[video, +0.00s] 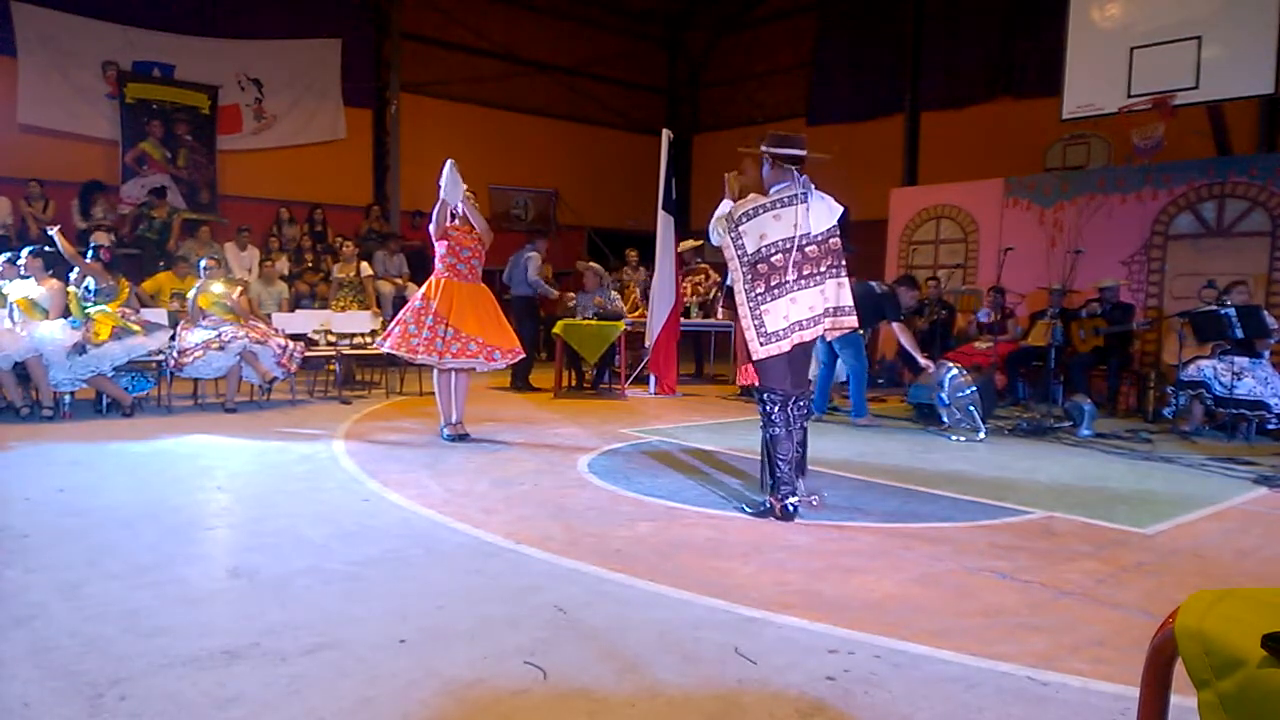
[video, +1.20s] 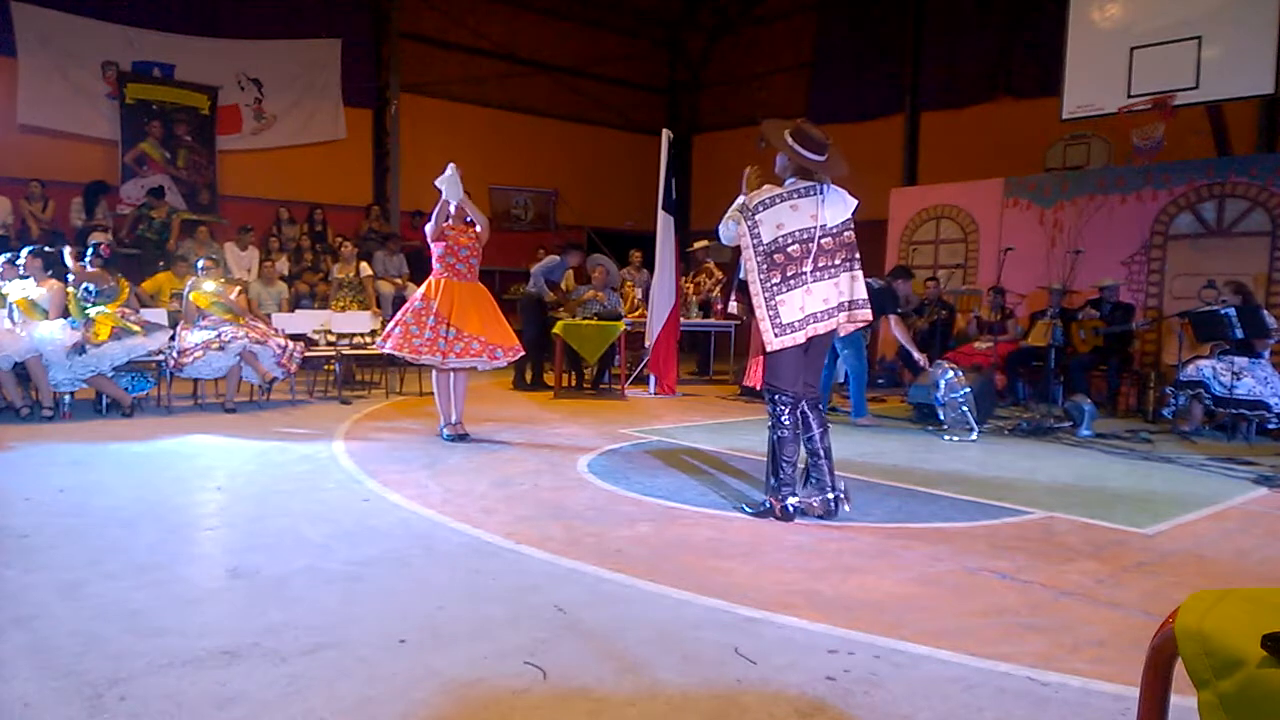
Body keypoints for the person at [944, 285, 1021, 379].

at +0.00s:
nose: (991, 299)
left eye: (995, 297)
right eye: (989, 296)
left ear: (1002, 300)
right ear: (986, 298)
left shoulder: (1008, 313)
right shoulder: (982, 314)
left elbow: (1012, 336)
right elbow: (973, 336)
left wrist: (993, 339)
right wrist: (972, 325)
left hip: (1003, 345)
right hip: (984, 344)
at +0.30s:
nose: (991, 300)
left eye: (995, 297)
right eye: (989, 296)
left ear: (1001, 300)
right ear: (985, 298)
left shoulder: (1008, 313)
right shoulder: (980, 313)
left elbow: (1012, 335)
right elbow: (972, 335)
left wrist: (993, 339)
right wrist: (971, 324)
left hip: (1002, 344)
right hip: (983, 344)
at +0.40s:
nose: (992, 300)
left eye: (996, 297)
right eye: (989, 296)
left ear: (1002, 300)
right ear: (985, 298)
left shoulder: (1008, 313)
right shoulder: (979, 313)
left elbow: (1013, 335)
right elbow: (972, 335)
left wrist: (994, 339)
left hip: (1003, 344)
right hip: (983, 345)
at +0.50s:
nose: (992, 300)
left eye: (996, 297)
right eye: (990, 296)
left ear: (1002, 299)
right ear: (986, 298)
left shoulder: (1008, 314)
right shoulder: (981, 313)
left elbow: (1012, 335)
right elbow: (973, 334)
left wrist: (994, 339)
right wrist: (971, 324)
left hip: (1002, 344)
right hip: (983, 343)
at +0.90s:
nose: (992, 300)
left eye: (995, 297)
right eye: (989, 296)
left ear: (1002, 300)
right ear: (985, 297)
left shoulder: (1008, 314)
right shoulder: (980, 313)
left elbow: (1012, 335)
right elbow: (972, 335)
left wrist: (994, 339)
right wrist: (970, 324)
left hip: (1003, 343)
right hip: (983, 343)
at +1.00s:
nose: (992, 300)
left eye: (996, 297)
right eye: (989, 296)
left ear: (1002, 300)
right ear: (986, 298)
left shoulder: (1008, 313)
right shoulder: (980, 312)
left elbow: (1013, 335)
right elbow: (972, 334)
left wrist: (994, 339)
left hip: (1002, 343)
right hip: (983, 343)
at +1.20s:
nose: (991, 300)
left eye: (995, 297)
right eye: (989, 296)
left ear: (1001, 299)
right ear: (986, 297)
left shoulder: (1008, 313)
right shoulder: (981, 312)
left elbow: (1013, 335)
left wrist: (993, 339)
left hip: (1002, 343)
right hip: (983, 343)